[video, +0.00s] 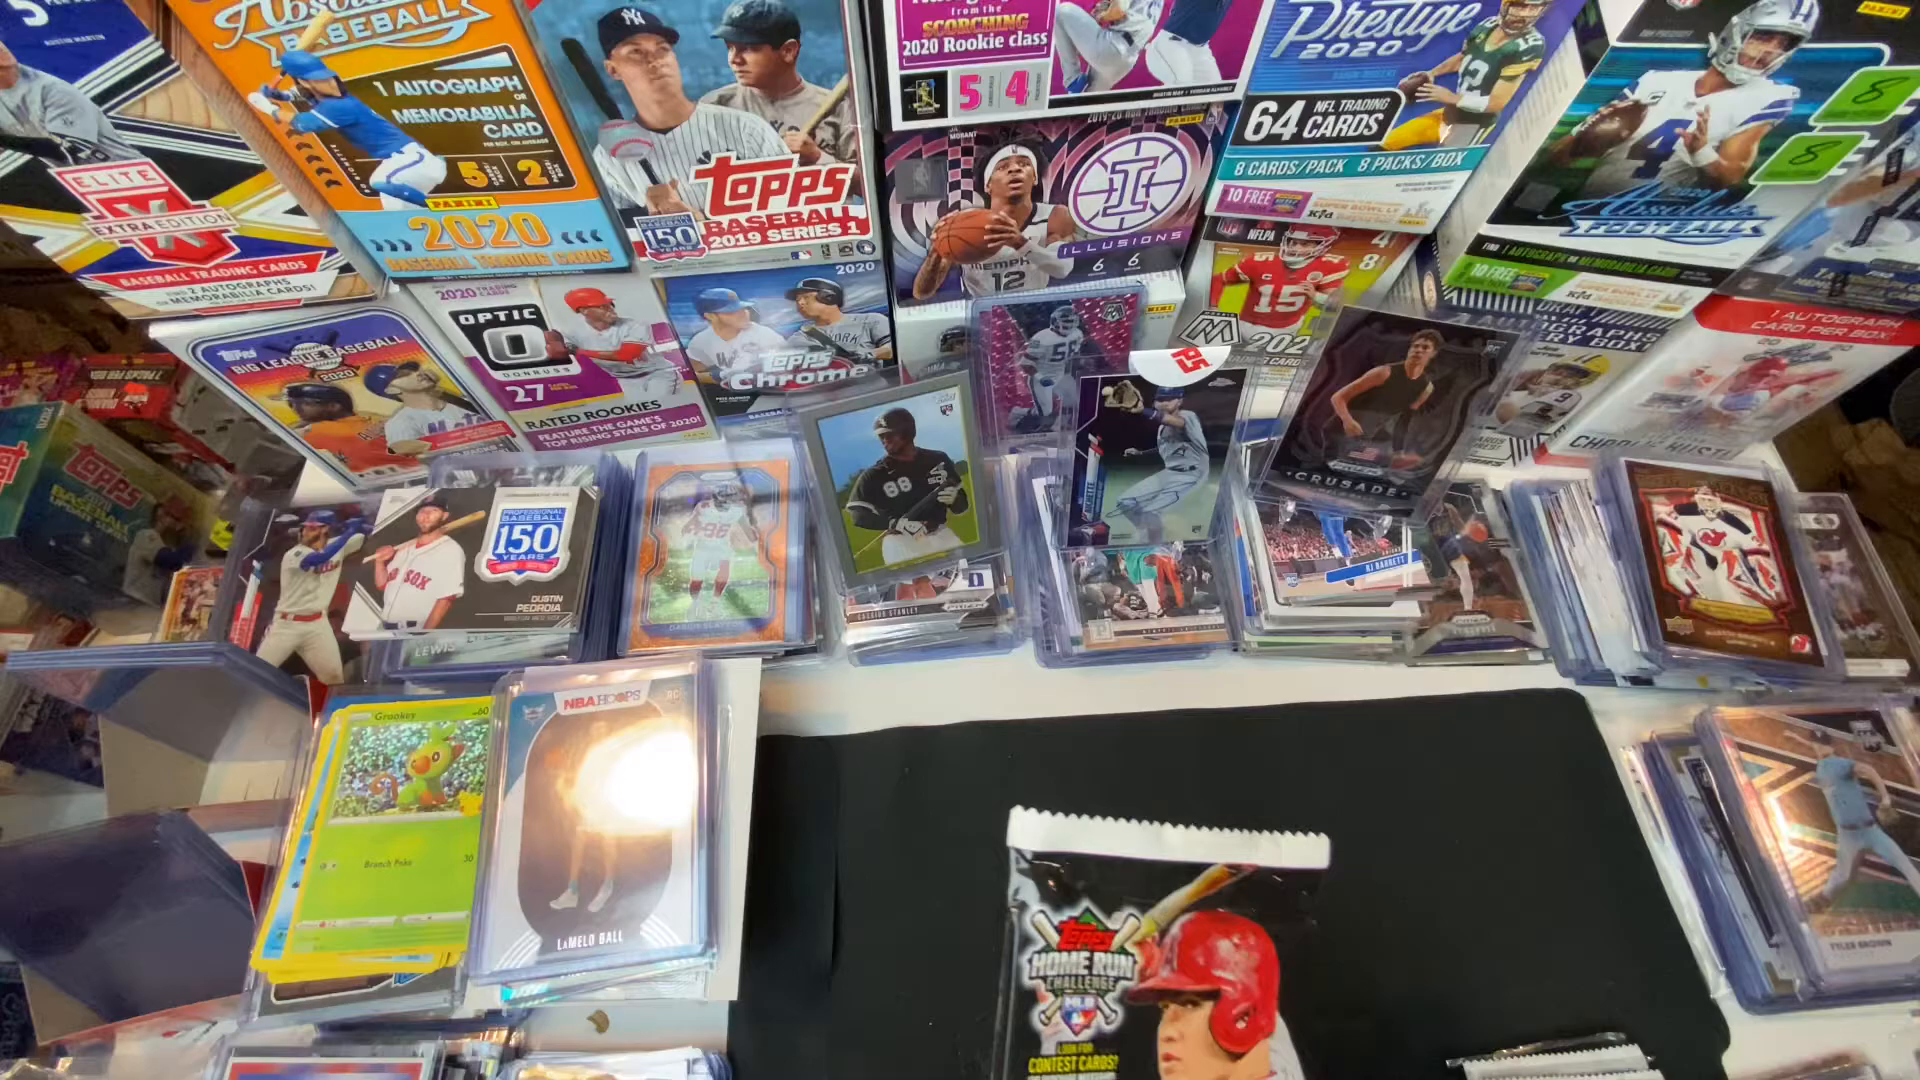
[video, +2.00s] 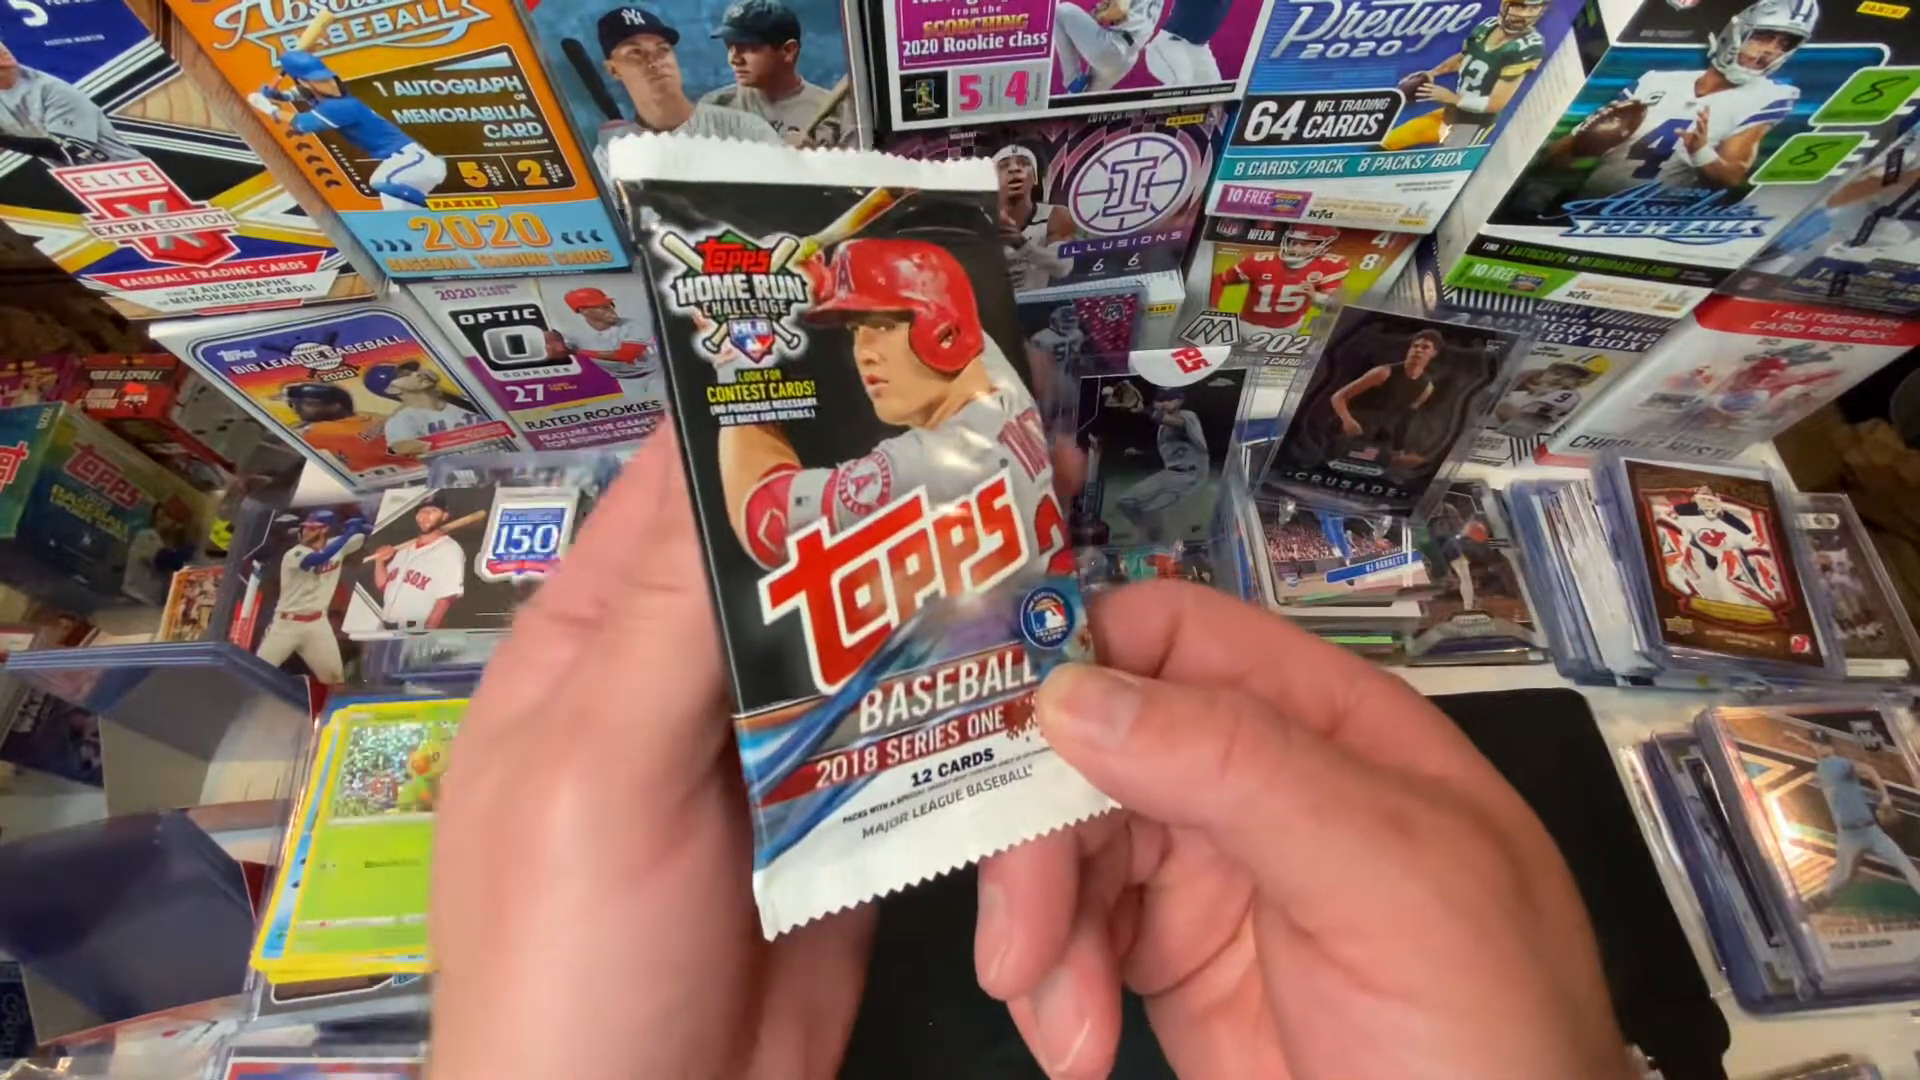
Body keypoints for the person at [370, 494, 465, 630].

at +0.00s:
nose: (425, 516)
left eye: (433, 511)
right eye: (422, 511)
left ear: (445, 516)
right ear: (416, 515)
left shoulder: (451, 550)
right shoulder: (404, 548)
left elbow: (446, 599)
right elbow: (382, 585)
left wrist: (424, 635)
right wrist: (380, 561)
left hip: (416, 631)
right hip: (386, 627)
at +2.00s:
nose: (425, 517)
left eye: (432, 511)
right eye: (422, 511)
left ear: (445, 516)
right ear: (416, 515)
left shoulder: (451, 550)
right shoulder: (406, 548)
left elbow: (445, 600)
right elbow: (382, 586)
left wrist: (426, 636)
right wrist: (379, 562)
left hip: (416, 632)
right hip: (386, 627)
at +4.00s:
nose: (425, 516)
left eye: (432, 511)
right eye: (422, 511)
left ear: (445, 516)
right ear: (416, 515)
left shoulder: (450, 550)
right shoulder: (405, 548)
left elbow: (447, 598)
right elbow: (382, 585)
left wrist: (425, 633)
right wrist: (379, 561)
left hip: (416, 630)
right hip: (386, 627)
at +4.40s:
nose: (426, 517)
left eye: (432, 511)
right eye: (422, 511)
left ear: (445, 516)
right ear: (416, 515)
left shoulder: (450, 550)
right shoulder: (406, 548)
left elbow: (446, 598)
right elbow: (382, 585)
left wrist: (425, 634)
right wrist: (379, 561)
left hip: (415, 631)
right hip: (386, 627)